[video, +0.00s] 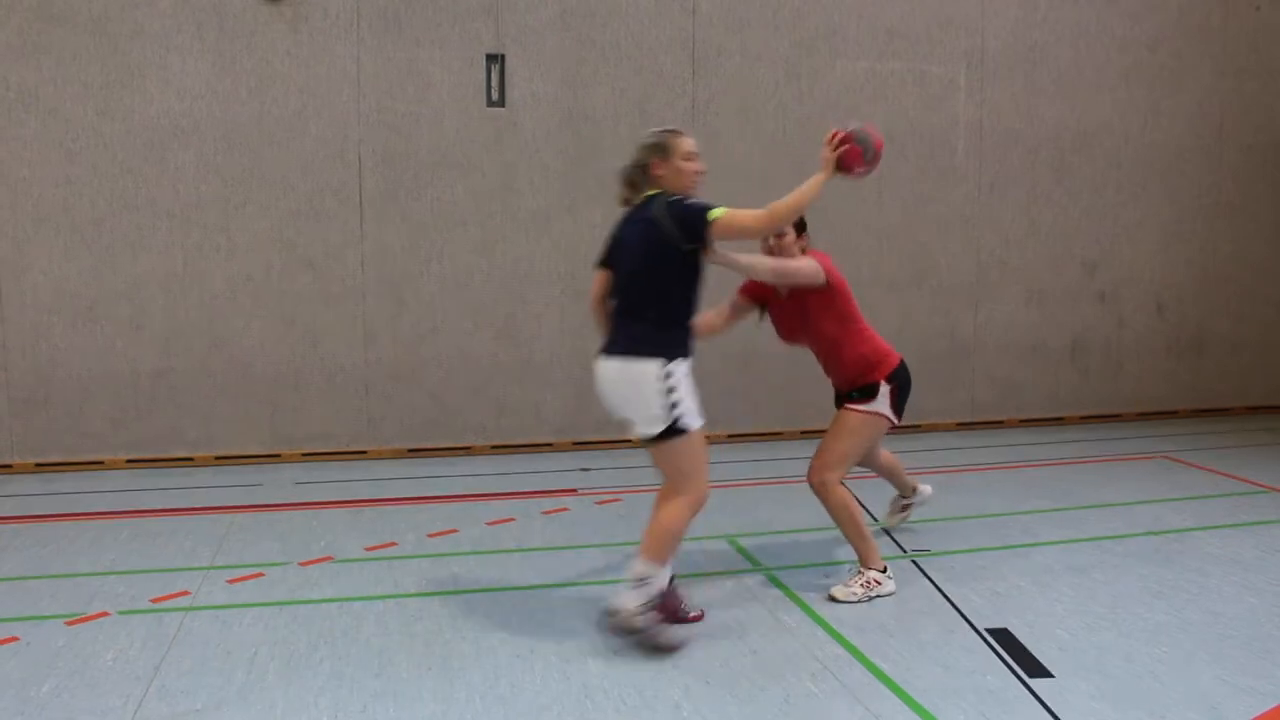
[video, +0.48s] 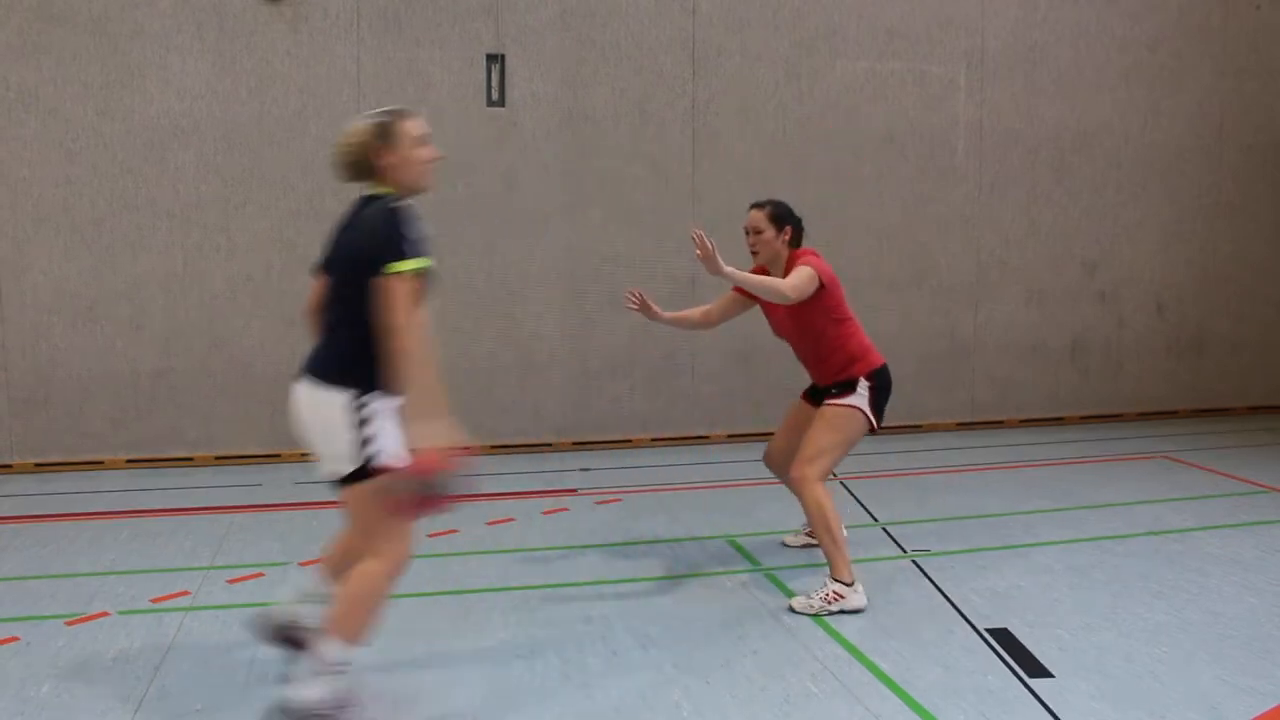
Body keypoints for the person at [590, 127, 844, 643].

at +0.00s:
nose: (700, 166)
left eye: (698, 157)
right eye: (689, 159)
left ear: (654, 172)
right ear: (658, 168)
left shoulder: (631, 220)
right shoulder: (678, 214)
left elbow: (600, 296)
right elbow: (769, 221)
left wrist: (623, 342)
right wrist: (825, 173)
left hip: (619, 362)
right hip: (655, 366)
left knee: (679, 481)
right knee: (691, 490)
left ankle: (655, 586)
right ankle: (636, 596)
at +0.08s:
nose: (662, 174)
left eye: (658, 164)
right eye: (650, 167)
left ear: (615, 184)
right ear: (618, 181)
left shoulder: (592, 236)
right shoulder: (640, 231)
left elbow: (564, 313)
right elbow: (732, 245)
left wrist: (584, 366)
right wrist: (799, 199)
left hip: (591, 390)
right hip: (621, 393)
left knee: (656, 489)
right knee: (659, 517)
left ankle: (648, 600)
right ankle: (569, 625)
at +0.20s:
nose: (602, 192)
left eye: (598, 181)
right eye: (589, 184)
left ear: (551, 204)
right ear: (556, 200)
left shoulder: (522, 260)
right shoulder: (583, 254)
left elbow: (493, 340)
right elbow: (668, 291)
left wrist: (515, 393)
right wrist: (761, 267)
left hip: (514, 423)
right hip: (549, 427)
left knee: (600, 502)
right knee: (568, 563)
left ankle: (640, 600)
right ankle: (501, 698)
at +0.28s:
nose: (562, 185)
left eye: (556, 174)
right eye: (548, 177)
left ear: (511, 195)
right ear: (517, 192)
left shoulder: (478, 252)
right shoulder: (538, 254)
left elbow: (444, 334)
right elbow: (625, 304)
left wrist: (472, 377)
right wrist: (713, 316)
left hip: (451, 414)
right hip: (487, 421)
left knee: (534, 517)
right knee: (534, 553)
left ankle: (592, 600)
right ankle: (498, 703)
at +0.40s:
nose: (490, 152)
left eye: (486, 141)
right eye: (476, 142)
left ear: (439, 160)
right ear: (442, 157)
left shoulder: (415, 211)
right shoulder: (461, 219)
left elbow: (370, 290)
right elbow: (507, 312)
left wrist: (401, 349)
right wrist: (563, 393)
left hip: (379, 383)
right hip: (402, 394)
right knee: (429, 535)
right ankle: (434, 671)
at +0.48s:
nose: (434, 152)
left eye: (430, 141)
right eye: (420, 144)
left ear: (380, 162)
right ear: (384, 158)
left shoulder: (359, 217)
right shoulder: (396, 222)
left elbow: (318, 303)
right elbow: (402, 329)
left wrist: (355, 354)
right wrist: (431, 421)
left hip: (322, 391)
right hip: (355, 398)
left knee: (372, 524)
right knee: (390, 543)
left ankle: (303, 609)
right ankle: (322, 674)